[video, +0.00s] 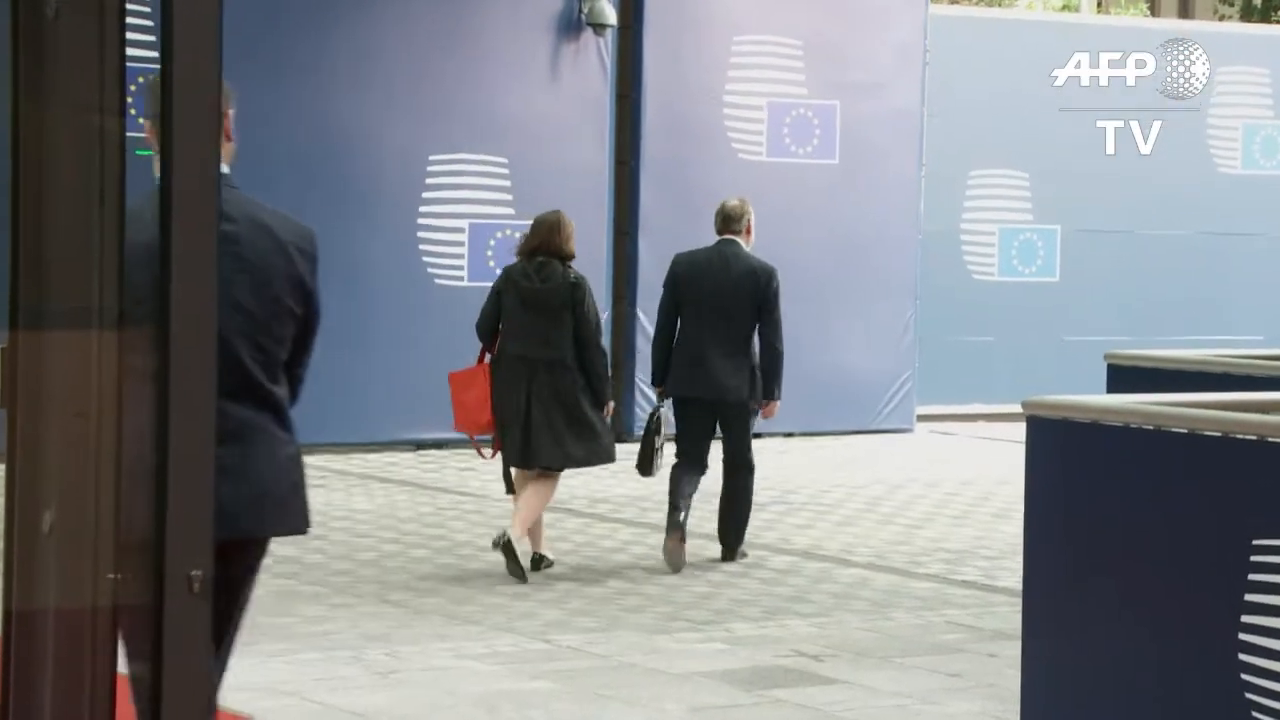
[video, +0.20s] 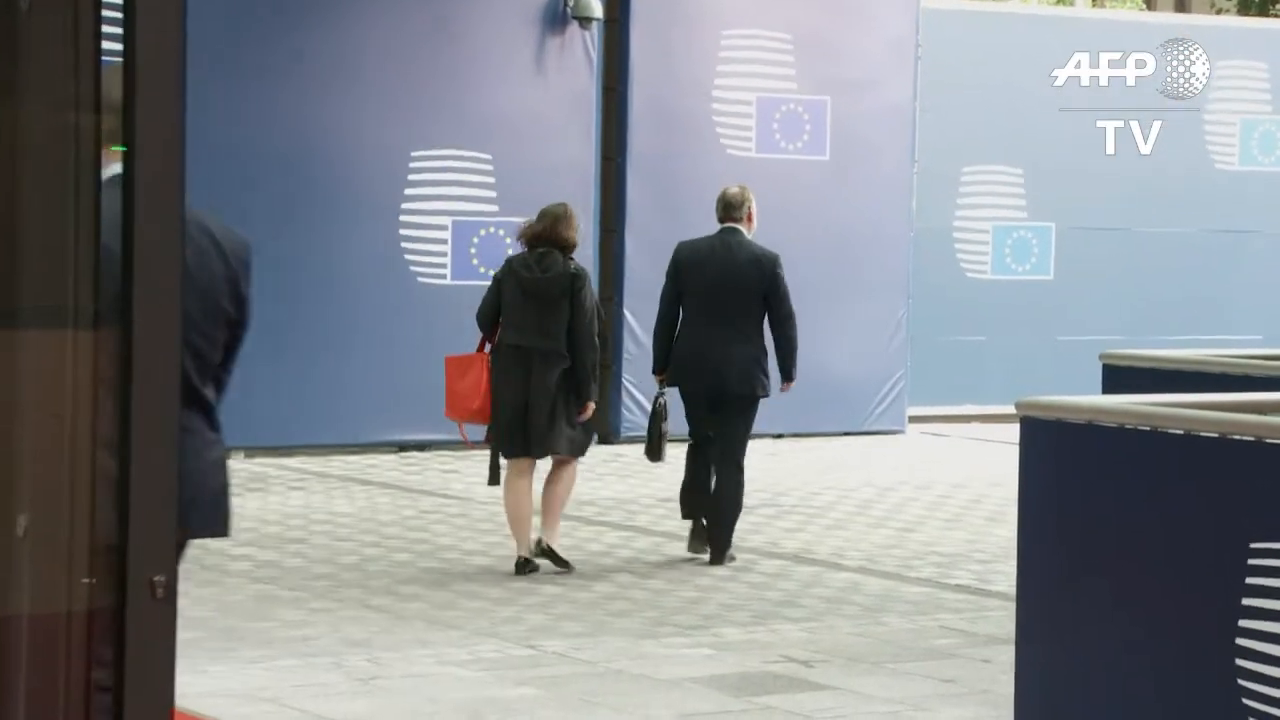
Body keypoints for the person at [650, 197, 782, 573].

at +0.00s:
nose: (755, 233)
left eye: (751, 227)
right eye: (754, 227)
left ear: (716, 228)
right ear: (748, 229)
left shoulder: (684, 263)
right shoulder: (762, 273)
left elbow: (664, 326)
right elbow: (771, 339)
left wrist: (660, 377)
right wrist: (771, 391)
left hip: (689, 382)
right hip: (736, 385)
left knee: (689, 458)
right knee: (739, 463)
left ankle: (676, 515)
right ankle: (731, 545)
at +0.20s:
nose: (757, 219)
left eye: (755, 213)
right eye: (756, 214)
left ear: (717, 216)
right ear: (750, 216)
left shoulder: (686, 253)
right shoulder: (765, 260)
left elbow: (667, 314)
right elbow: (782, 320)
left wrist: (661, 363)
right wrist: (788, 368)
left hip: (692, 370)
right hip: (741, 374)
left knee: (701, 441)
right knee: (731, 458)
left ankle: (696, 517)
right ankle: (720, 546)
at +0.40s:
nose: (756, 228)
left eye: (755, 224)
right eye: (755, 224)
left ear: (716, 225)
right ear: (749, 225)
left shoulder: (685, 262)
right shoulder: (760, 268)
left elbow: (666, 322)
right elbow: (784, 318)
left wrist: (661, 373)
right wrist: (790, 352)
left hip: (690, 379)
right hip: (740, 382)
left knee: (707, 452)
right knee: (724, 459)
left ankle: (715, 523)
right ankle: (708, 545)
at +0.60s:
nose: (749, 220)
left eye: (746, 214)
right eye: (747, 215)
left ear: (709, 219)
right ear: (741, 217)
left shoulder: (681, 260)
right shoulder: (758, 260)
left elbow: (668, 324)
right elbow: (779, 317)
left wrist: (667, 375)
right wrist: (784, 365)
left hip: (694, 375)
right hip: (742, 376)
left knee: (703, 455)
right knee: (739, 451)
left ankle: (711, 535)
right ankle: (717, 503)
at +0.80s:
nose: (751, 213)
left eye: (749, 207)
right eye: (750, 207)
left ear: (711, 211)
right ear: (743, 210)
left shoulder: (682, 251)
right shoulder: (761, 254)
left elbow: (668, 314)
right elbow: (770, 320)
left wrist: (667, 363)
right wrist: (769, 371)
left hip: (694, 370)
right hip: (742, 372)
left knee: (698, 452)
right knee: (744, 442)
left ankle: (701, 536)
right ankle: (737, 525)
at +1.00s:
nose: (754, 227)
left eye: (751, 220)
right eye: (753, 221)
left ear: (715, 222)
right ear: (746, 222)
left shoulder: (683, 260)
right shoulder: (760, 266)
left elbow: (665, 321)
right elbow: (767, 331)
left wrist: (662, 373)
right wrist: (764, 383)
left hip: (690, 376)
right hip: (736, 377)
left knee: (692, 454)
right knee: (738, 449)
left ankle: (692, 540)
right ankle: (739, 525)